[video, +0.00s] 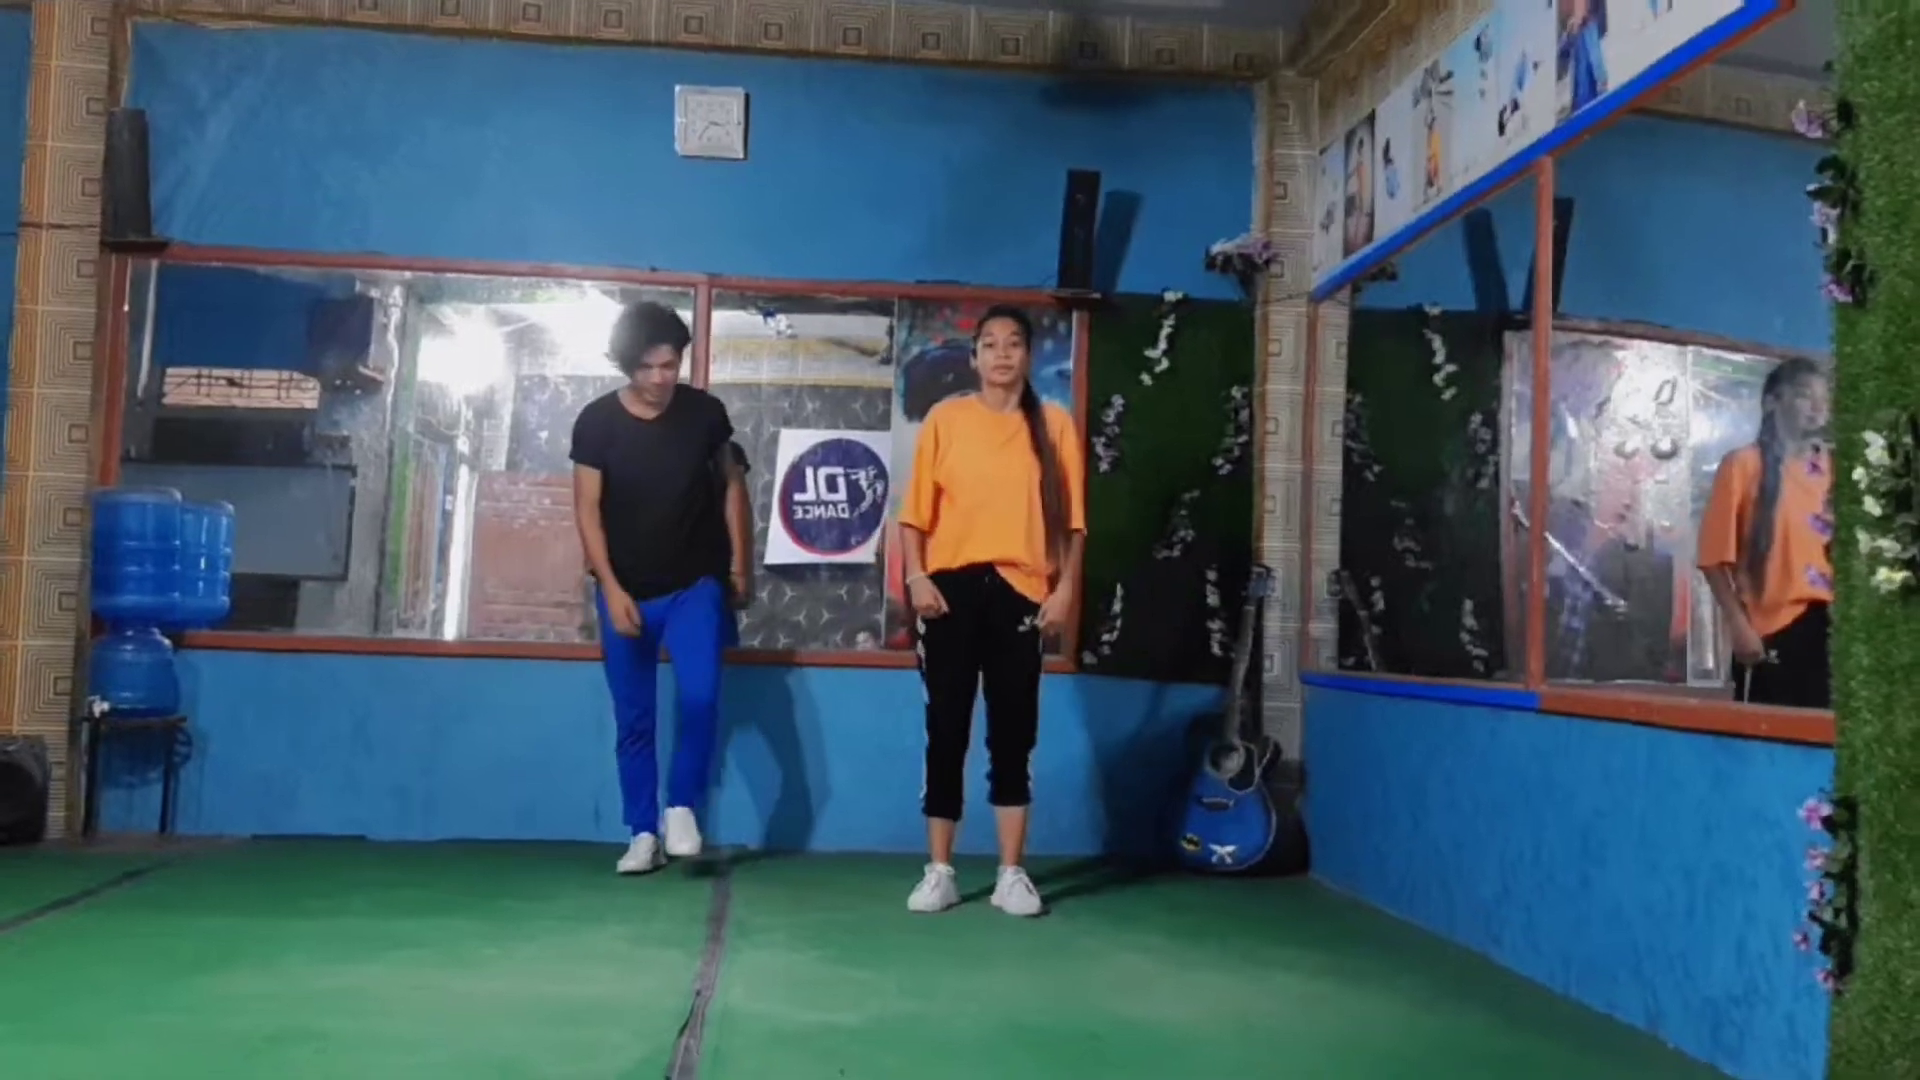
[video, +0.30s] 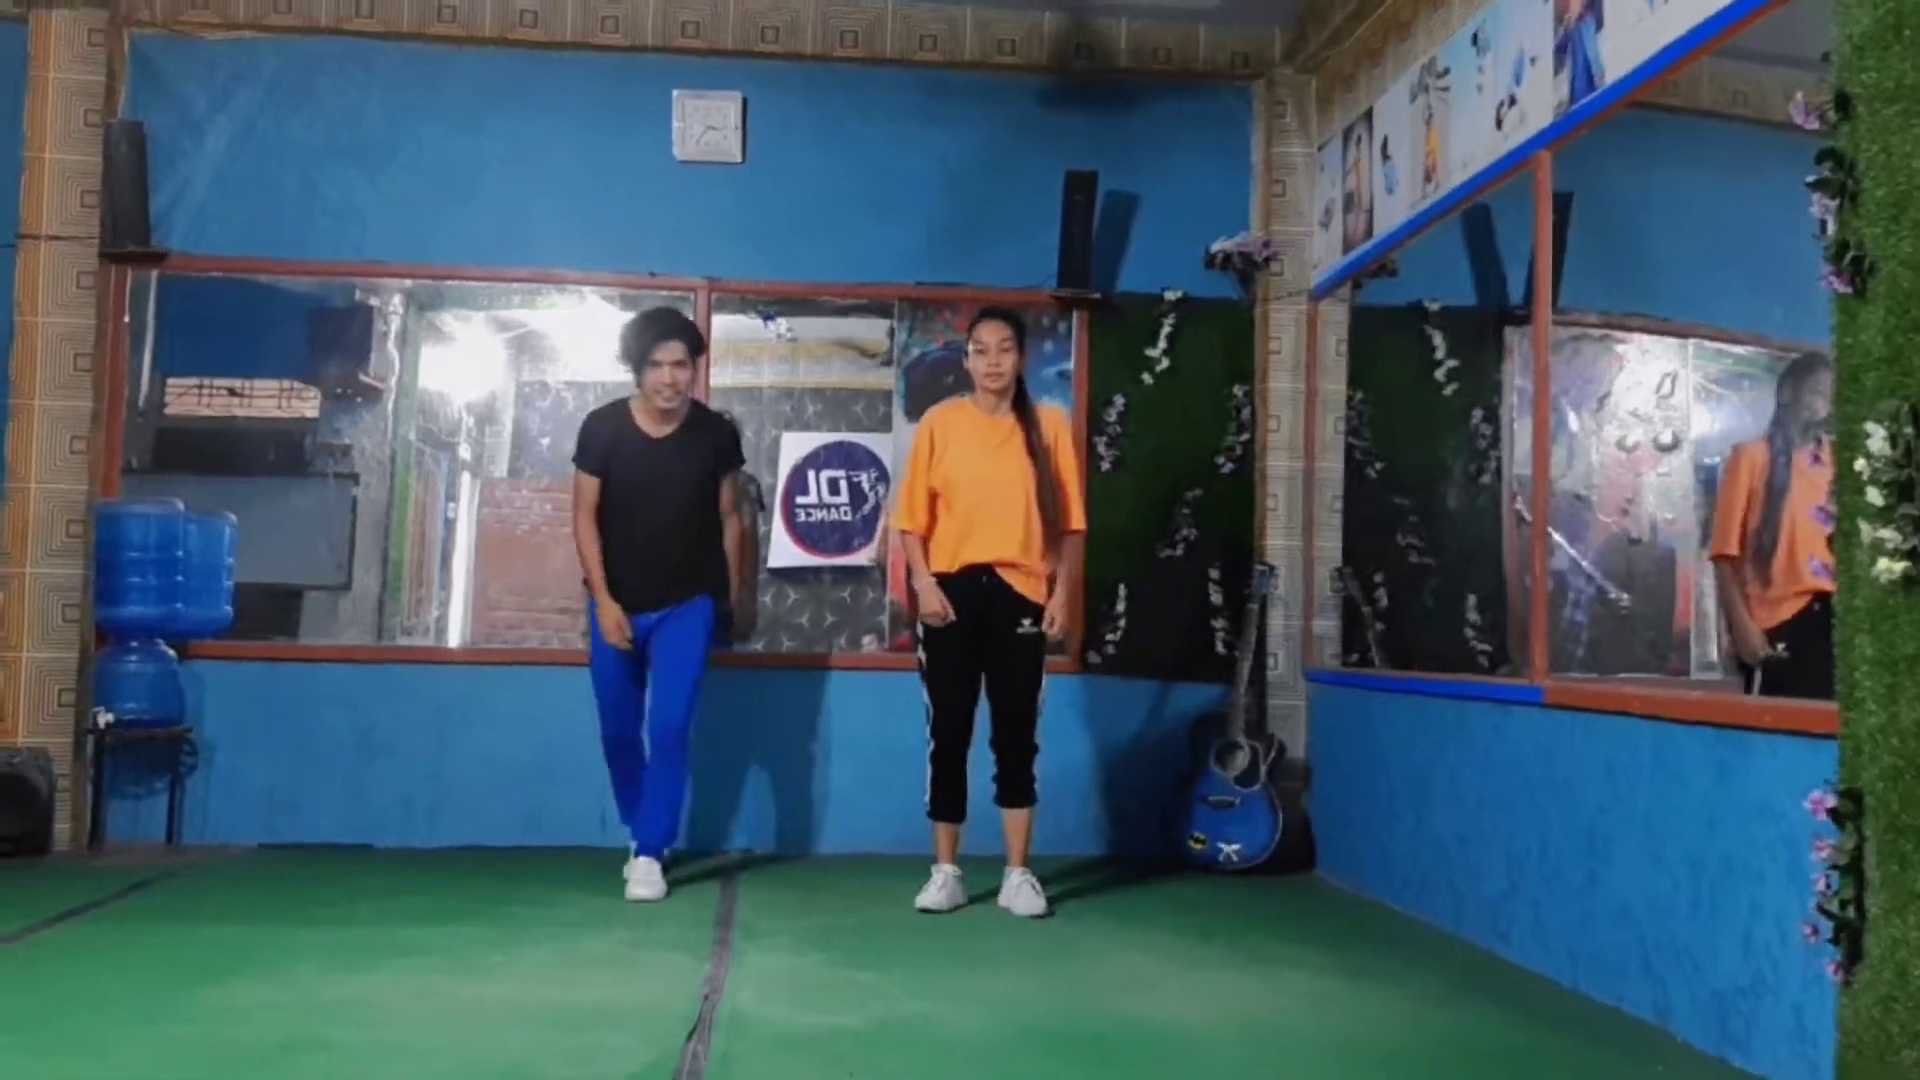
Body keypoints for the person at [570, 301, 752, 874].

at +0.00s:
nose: (663, 376)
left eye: (671, 364)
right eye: (651, 366)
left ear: (681, 360)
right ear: (627, 365)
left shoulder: (704, 412)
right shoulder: (597, 421)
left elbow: (732, 486)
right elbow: (588, 510)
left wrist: (739, 565)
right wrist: (609, 587)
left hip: (696, 584)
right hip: (624, 588)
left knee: (700, 699)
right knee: (634, 717)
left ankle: (682, 809)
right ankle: (643, 831)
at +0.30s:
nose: (672, 377)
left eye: (682, 364)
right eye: (660, 365)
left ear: (696, 369)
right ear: (637, 370)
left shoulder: (717, 433)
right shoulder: (603, 428)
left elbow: (730, 517)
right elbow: (585, 517)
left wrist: (735, 591)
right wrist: (603, 600)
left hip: (688, 599)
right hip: (615, 599)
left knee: (670, 725)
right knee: (617, 731)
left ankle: (649, 853)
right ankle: (642, 833)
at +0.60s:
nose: (665, 337)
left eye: (676, 325)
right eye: (651, 325)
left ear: (693, 335)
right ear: (629, 334)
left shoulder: (717, 411)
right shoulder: (599, 400)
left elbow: (737, 502)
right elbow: (567, 471)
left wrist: (707, 546)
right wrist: (534, 554)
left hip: (684, 597)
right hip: (607, 591)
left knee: (670, 725)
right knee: (594, 715)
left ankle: (648, 848)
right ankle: (598, 837)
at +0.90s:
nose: (635, 307)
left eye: (647, 295)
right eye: (620, 296)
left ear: (664, 307)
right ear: (599, 309)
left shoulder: (699, 387)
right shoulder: (574, 399)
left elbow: (726, 480)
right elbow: (560, 503)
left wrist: (712, 558)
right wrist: (551, 600)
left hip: (678, 597)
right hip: (593, 598)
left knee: (702, 722)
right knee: (588, 736)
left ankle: (648, 799)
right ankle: (609, 871)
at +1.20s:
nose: (650, 284)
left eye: (662, 272)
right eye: (635, 272)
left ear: (677, 288)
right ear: (610, 288)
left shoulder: (702, 379)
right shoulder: (574, 372)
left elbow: (732, 471)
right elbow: (559, 475)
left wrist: (729, 543)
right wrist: (622, 486)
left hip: (673, 586)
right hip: (588, 587)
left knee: (656, 742)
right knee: (597, 742)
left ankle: (639, 893)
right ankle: (607, 875)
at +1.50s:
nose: (644, 269)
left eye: (662, 258)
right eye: (635, 257)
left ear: (694, 279)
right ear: (619, 274)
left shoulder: (715, 373)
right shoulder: (589, 367)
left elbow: (717, 484)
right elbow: (558, 459)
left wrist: (624, 480)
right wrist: (585, 479)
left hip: (666, 589)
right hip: (580, 578)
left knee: (648, 753)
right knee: (520, 704)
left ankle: (629, 901)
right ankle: (598, 784)